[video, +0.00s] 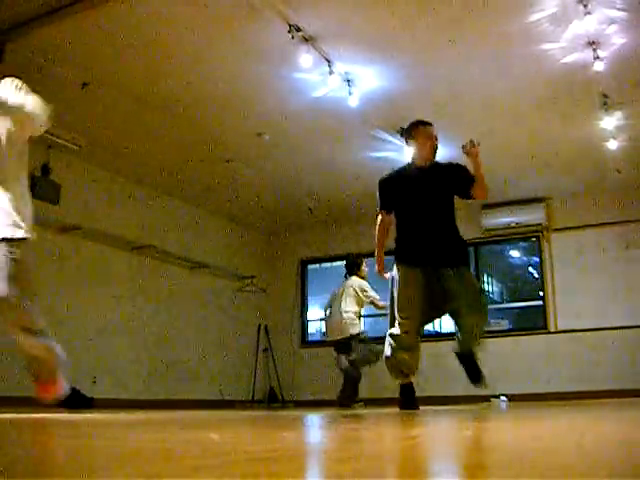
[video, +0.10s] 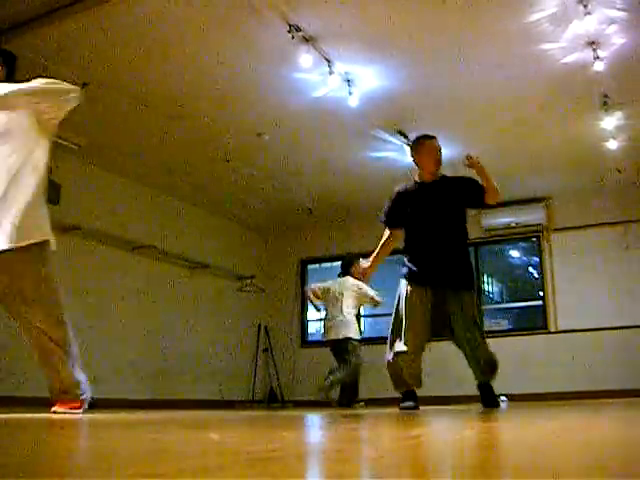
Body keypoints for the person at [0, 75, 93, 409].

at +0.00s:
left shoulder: (10, 92)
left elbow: (39, 114)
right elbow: (39, 113)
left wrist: (10, 96)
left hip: (9, 223)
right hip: (7, 223)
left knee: (14, 307)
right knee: (17, 311)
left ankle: (55, 384)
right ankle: (54, 385)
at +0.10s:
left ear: (6, 70)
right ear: (10, 71)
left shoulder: (28, 106)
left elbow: (70, 92)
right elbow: (70, 93)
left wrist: (10, 94)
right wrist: (19, 97)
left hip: (18, 228)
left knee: (40, 314)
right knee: (36, 315)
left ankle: (71, 392)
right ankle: (69, 391)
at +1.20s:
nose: (83, 112)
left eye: (85, 105)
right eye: (79, 104)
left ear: (63, 105)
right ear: (62, 101)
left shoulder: (53, 138)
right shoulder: (46, 118)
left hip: (22, 233)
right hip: (48, 222)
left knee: (46, 308)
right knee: (114, 253)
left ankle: (38, 392)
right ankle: (63, 315)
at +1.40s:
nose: (57, 73)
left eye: (63, 71)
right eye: (51, 65)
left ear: (64, 84)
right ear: (30, 68)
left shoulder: (65, 118)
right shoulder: (6, 101)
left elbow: (88, 150)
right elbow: (3, 157)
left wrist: (69, 158)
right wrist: (40, 159)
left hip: (35, 210)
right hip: (7, 203)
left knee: (36, 292)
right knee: (47, 280)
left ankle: (35, 379)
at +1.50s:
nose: (36, 84)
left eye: (41, 80)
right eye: (31, 74)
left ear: (44, 87)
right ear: (12, 74)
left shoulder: (51, 122)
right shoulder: (1, 114)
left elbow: (79, 146)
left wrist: (64, 164)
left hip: (26, 223)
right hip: (5, 222)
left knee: (43, 304)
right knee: (39, 304)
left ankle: (46, 387)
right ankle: (46, 388)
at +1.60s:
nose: (14, 101)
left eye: (21, 98)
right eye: (11, 93)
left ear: (25, 106)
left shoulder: (32, 150)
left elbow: (44, 202)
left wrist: (59, 223)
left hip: (11, 247)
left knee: (39, 308)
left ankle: (41, 390)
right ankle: (41, 390)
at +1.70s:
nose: (5, 100)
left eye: (10, 97)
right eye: (3, 93)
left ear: (16, 106)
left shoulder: (22, 151)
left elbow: (27, 214)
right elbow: (26, 215)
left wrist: (30, 262)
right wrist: (27, 262)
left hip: (6, 248)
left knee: (24, 308)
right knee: (22, 308)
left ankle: (39, 392)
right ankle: (39, 391)